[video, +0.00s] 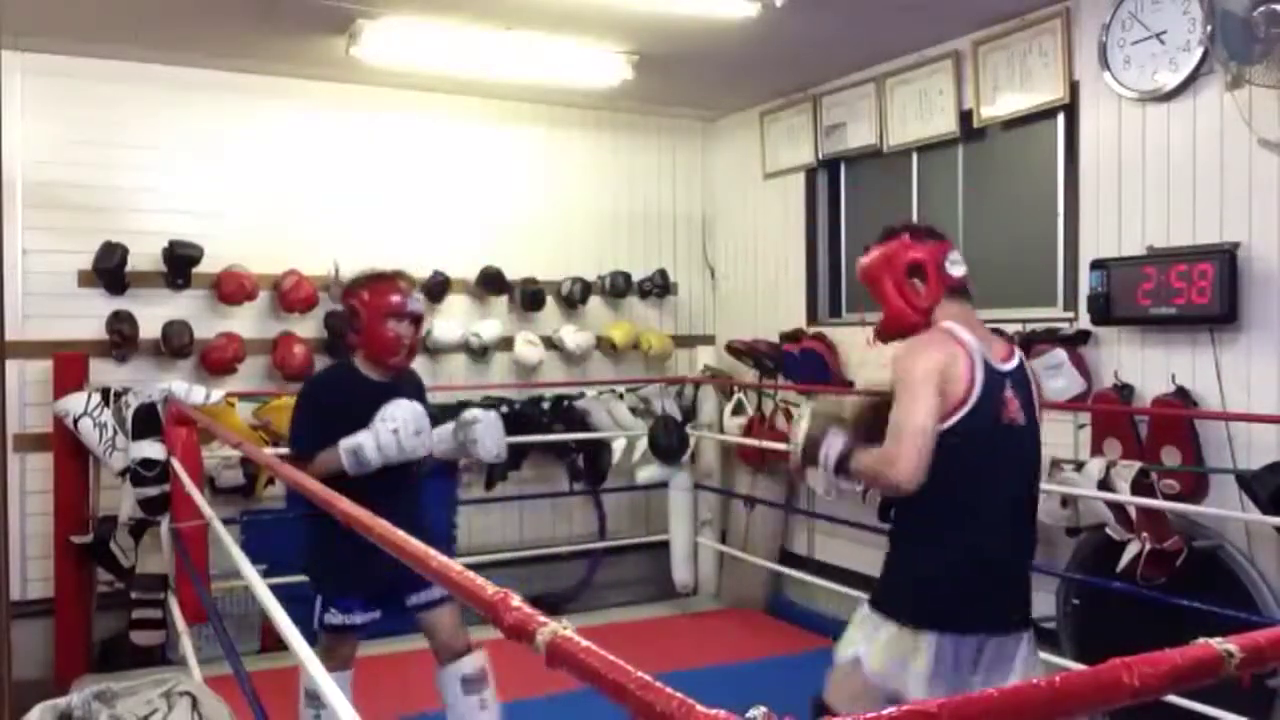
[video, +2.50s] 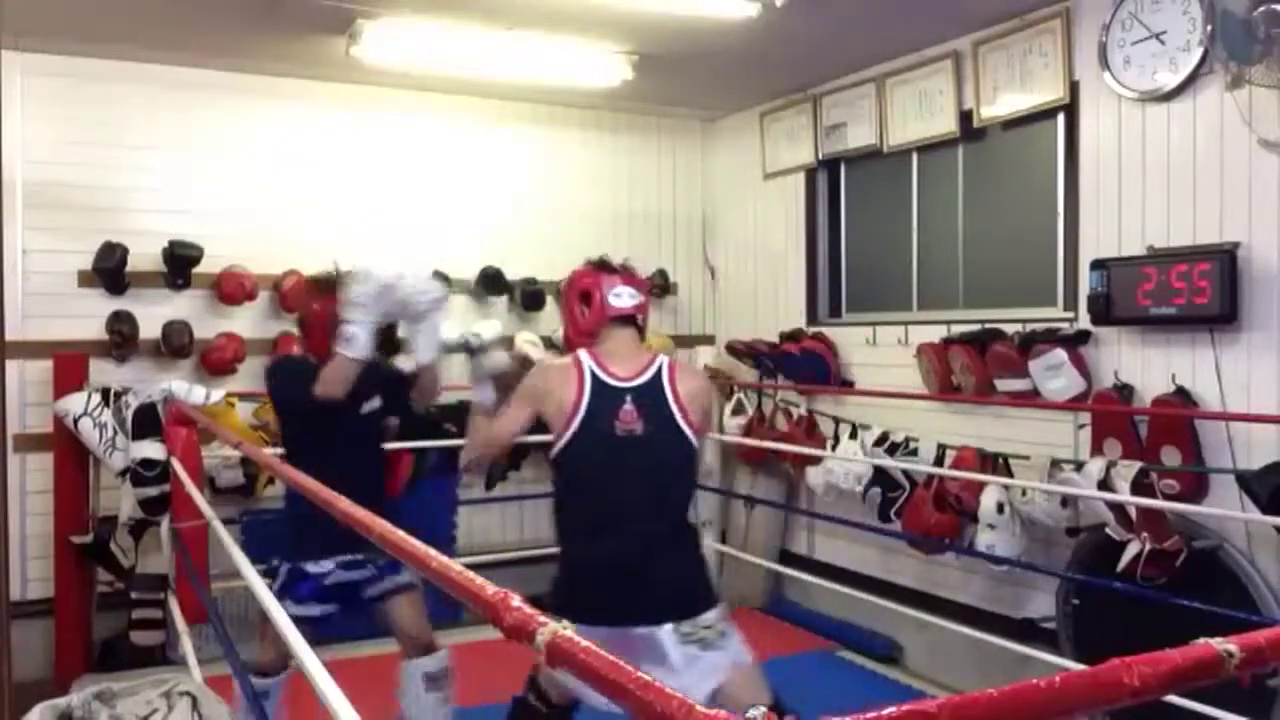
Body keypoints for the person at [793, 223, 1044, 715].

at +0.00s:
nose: (881, 313)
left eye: (883, 293)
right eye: (878, 295)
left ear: (916, 283)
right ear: (949, 278)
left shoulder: (926, 352)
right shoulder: (1010, 355)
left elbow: (903, 471)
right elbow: (992, 472)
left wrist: (840, 454)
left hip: (927, 605)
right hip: (1005, 603)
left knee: (842, 705)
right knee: (984, 718)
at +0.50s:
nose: (807, 320)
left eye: (807, 305)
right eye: (802, 307)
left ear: (836, 292)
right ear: (868, 280)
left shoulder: (850, 370)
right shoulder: (946, 352)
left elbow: (800, 469)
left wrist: (756, 406)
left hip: (873, 602)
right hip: (953, 593)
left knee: (840, 707)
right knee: (943, 715)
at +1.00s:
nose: (814, 323)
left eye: (815, 308)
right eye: (811, 309)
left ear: (847, 298)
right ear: (876, 293)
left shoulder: (850, 367)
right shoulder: (935, 366)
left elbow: (802, 473)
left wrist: (754, 406)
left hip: (844, 585)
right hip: (916, 587)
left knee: (731, 695)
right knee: (886, 711)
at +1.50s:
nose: (775, 321)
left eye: (777, 307)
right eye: (772, 308)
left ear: (809, 298)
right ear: (825, 293)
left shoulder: (828, 376)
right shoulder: (887, 362)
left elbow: (776, 477)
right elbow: (826, 441)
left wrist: (724, 416)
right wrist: (758, 397)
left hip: (810, 582)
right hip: (874, 578)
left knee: (726, 703)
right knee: (866, 709)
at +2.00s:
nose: (752, 337)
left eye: (753, 324)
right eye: (748, 326)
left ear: (787, 313)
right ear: (801, 309)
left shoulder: (820, 389)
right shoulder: (855, 375)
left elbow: (751, 481)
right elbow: (775, 460)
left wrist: (720, 402)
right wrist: (740, 395)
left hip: (794, 596)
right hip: (856, 596)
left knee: (684, 690)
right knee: (850, 710)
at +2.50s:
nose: (565, 323)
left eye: (568, 311)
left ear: (580, 313)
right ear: (643, 315)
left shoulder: (553, 378)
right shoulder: (691, 381)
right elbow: (695, 440)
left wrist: (488, 390)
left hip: (589, 594)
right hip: (678, 591)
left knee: (542, 704)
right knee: (760, 708)